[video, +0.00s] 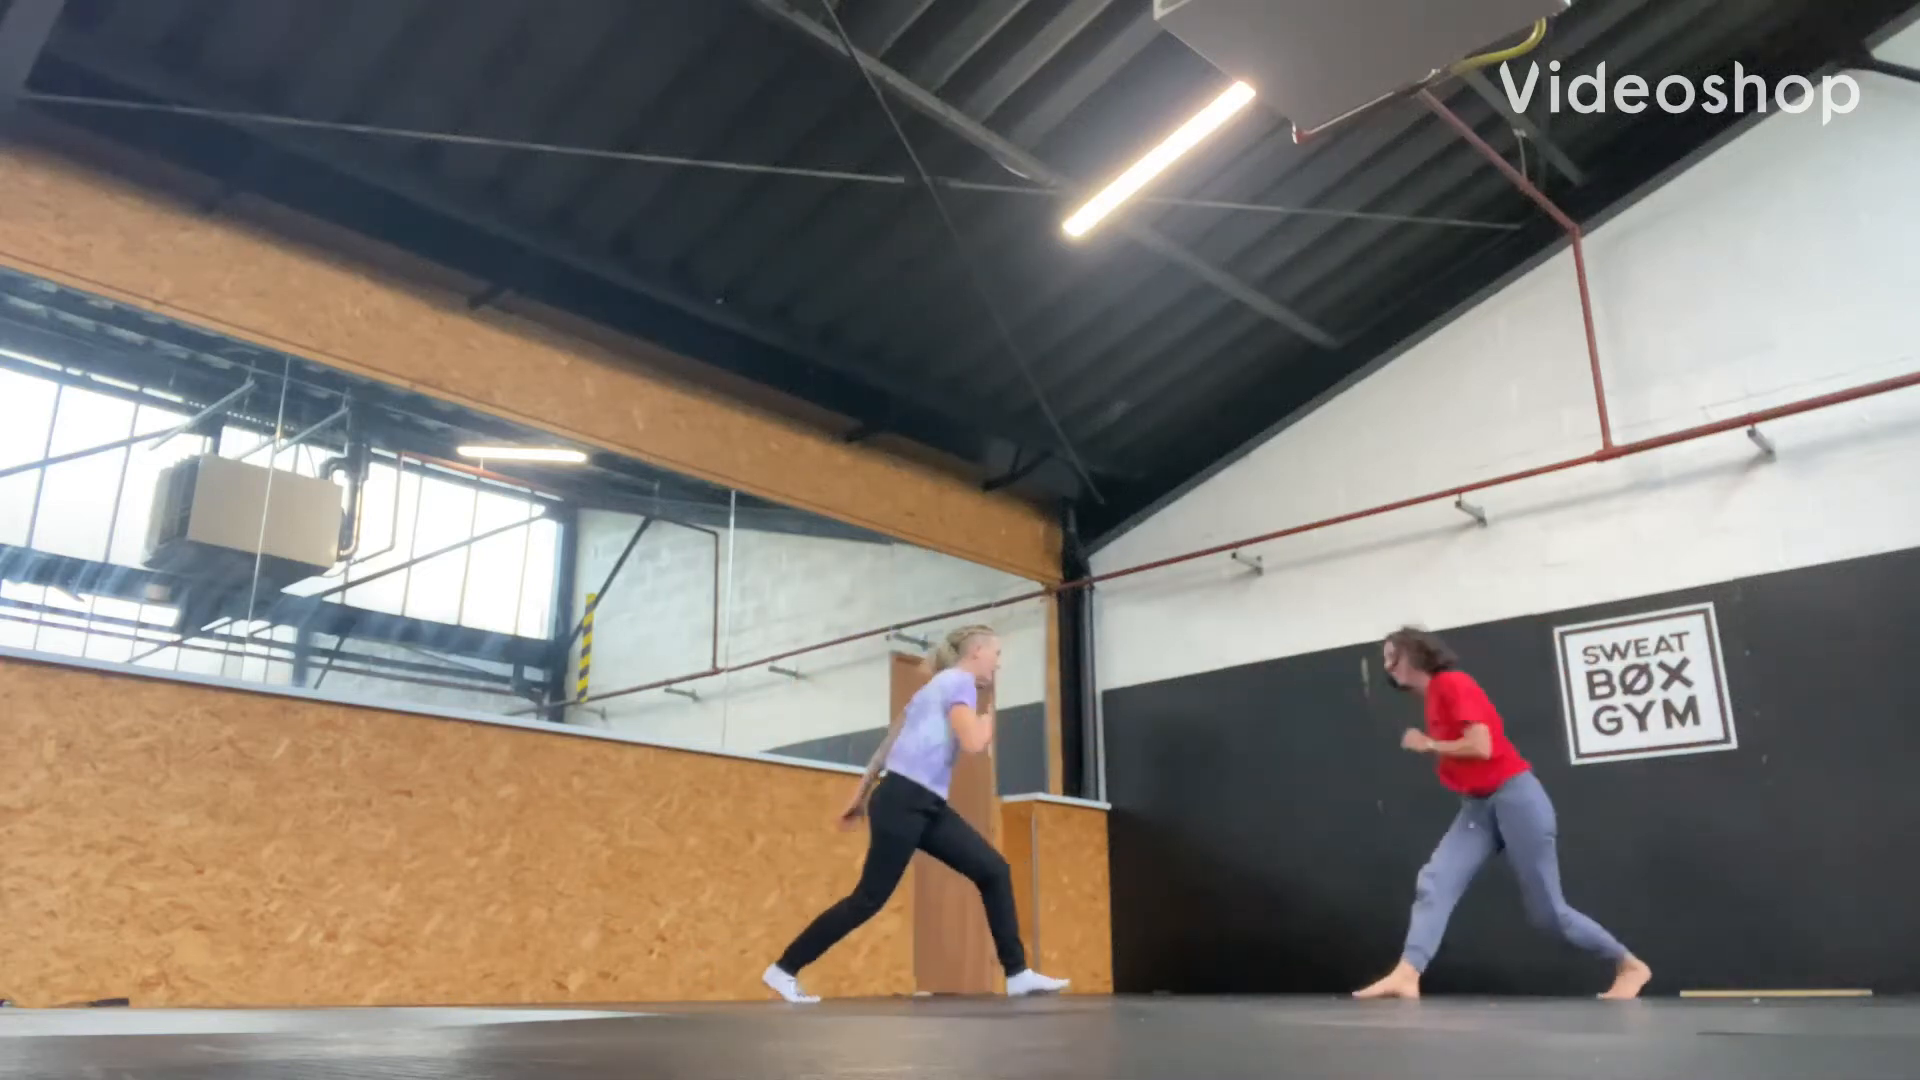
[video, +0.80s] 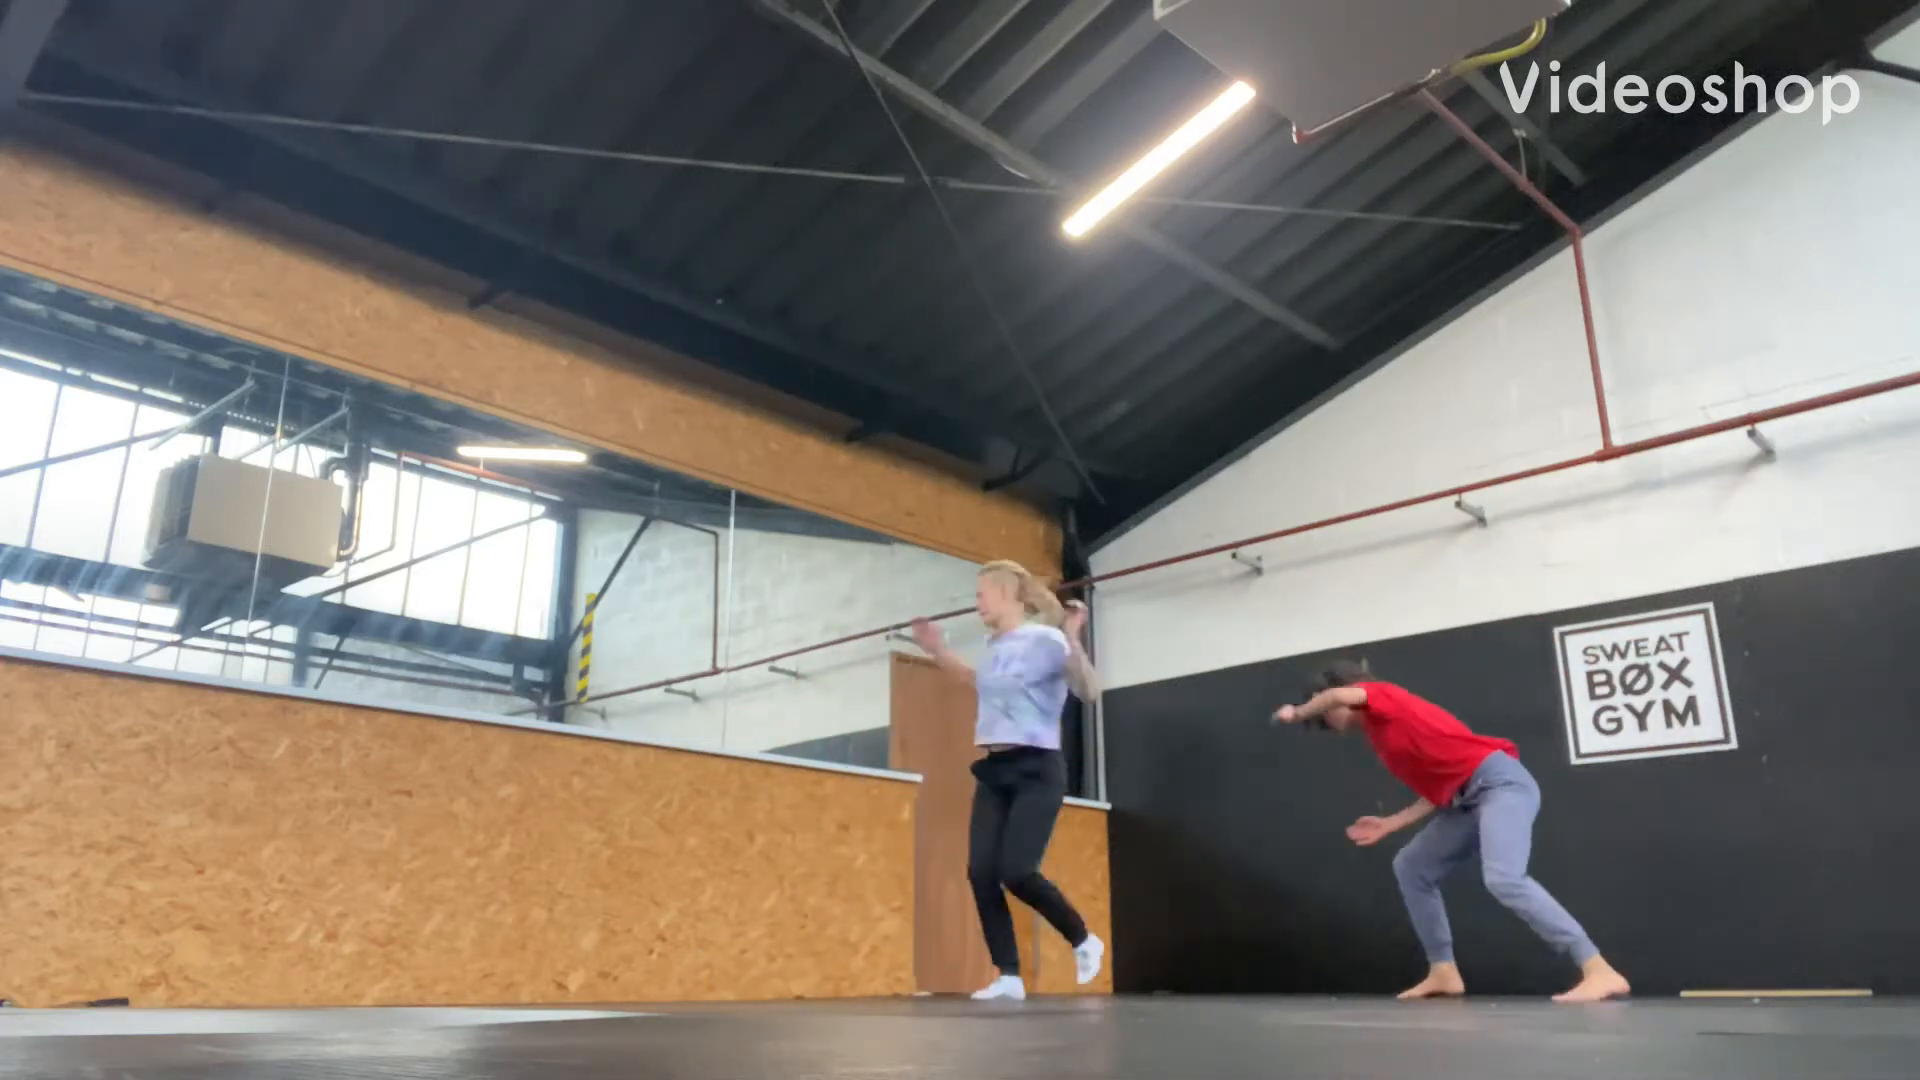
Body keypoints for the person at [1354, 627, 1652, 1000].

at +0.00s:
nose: (1389, 671)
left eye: (1393, 661)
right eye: (1387, 663)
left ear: (1414, 657)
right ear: (1411, 662)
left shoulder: (1454, 684)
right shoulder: (1435, 696)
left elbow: (1481, 745)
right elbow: (1472, 743)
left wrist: (1429, 744)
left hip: (1517, 798)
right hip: (1480, 806)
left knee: (1546, 912)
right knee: (1436, 882)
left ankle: (1630, 966)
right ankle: (1407, 974)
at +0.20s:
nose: (1399, 659)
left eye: (1404, 649)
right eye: (1396, 653)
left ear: (1427, 645)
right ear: (1412, 656)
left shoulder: (1461, 668)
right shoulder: (1444, 690)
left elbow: (1452, 723)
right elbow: (1478, 758)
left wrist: (1413, 707)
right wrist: (1459, 804)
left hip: (1527, 788)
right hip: (1485, 801)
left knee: (1555, 904)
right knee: (1433, 870)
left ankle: (1629, 964)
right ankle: (1422, 970)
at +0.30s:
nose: (1379, 656)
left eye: (1382, 645)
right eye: (1376, 650)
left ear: (1407, 638)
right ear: (1392, 650)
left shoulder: (1426, 653)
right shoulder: (1423, 679)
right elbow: (1468, 748)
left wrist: (1384, 680)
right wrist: (1422, 783)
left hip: (1512, 767)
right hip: (1479, 781)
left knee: (1548, 886)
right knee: (1437, 863)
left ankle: (1620, 955)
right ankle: (1451, 970)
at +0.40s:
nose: (1356, 670)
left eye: (1359, 659)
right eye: (1353, 664)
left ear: (1382, 650)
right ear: (1388, 655)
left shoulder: (1393, 665)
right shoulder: (1415, 680)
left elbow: (1367, 728)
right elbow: (1450, 757)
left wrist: (1376, 689)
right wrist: (1396, 779)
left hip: (1498, 761)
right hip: (1472, 779)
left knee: (1532, 877)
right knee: (1441, 869)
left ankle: (1620, 944)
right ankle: (1451, 975)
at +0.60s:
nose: (1326, 708)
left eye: (1326, 698)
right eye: (1322, 702)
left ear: (1344, 687)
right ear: (1354, 687)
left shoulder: (1367, 698)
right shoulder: (1388, 706)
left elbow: (1363, 769)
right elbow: (1431, 783)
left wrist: (1359, 731)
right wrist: (1380, 822)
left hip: (1491, 770)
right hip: (1463, 790)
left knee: (1508, 874)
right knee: (1423, 871)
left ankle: (1611, 955)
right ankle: (1449, 977)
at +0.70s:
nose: (1330, 716)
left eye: (1326, 705)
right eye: (1324, 711)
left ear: (1339, 688)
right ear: (1347, 692)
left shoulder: (1369, 694)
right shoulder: (1384, 724)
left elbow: (1345, 742)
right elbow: (1432, 788)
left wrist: (1321, 747)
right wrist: (1387, 821)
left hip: (1491, 769)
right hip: (1461, 795)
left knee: (1510, 865)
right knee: (1419, 870)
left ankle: (1594, 957)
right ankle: (1449, 978)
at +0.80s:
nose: (1330, 725)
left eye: (1330, 714)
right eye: (1326, 721)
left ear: (1343, 698)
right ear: (1339, 711)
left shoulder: (1387, 699)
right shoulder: (1385, 736)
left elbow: (1337, 695)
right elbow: (1439, 795)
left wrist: (1299, 712)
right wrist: (1388, 825)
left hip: (1501, 782)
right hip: (1466, 805)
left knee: (1504, 878)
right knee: (1412, 868)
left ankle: (1599, 971)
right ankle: (1444, 974)